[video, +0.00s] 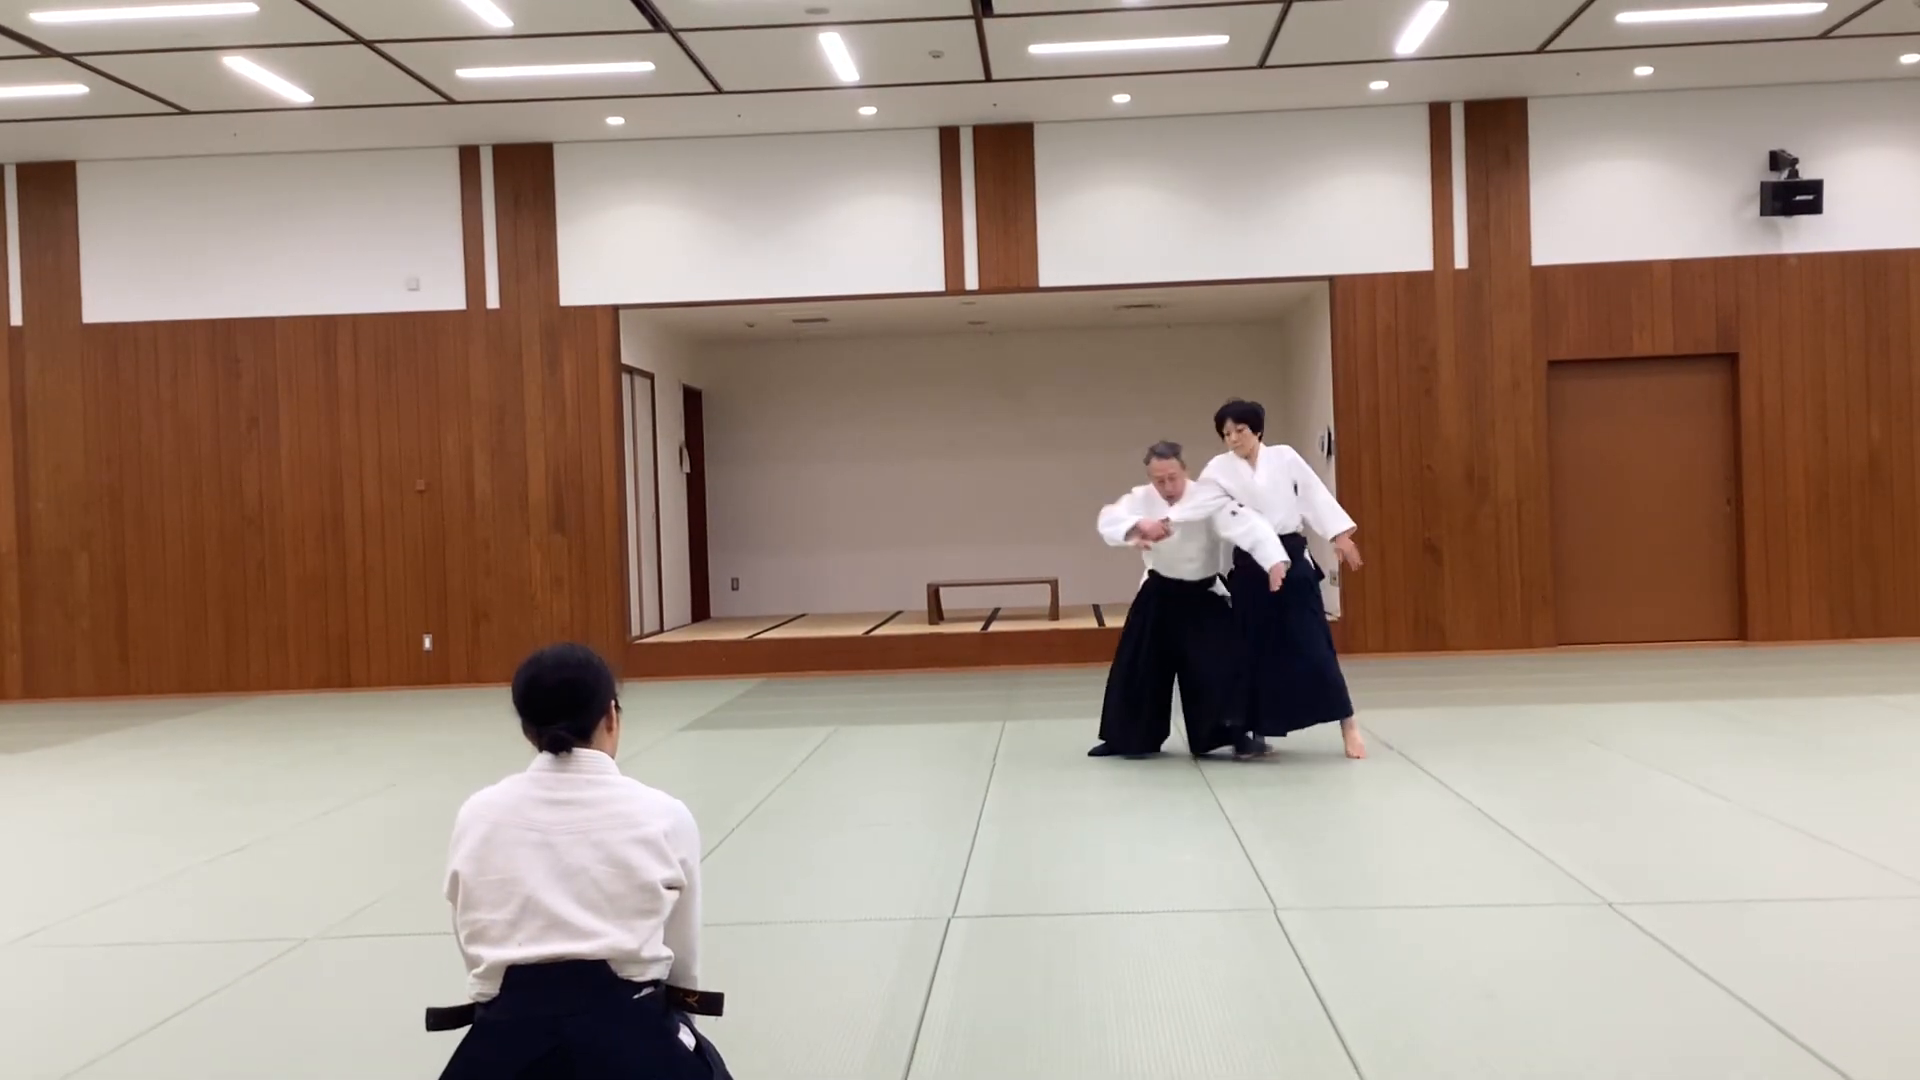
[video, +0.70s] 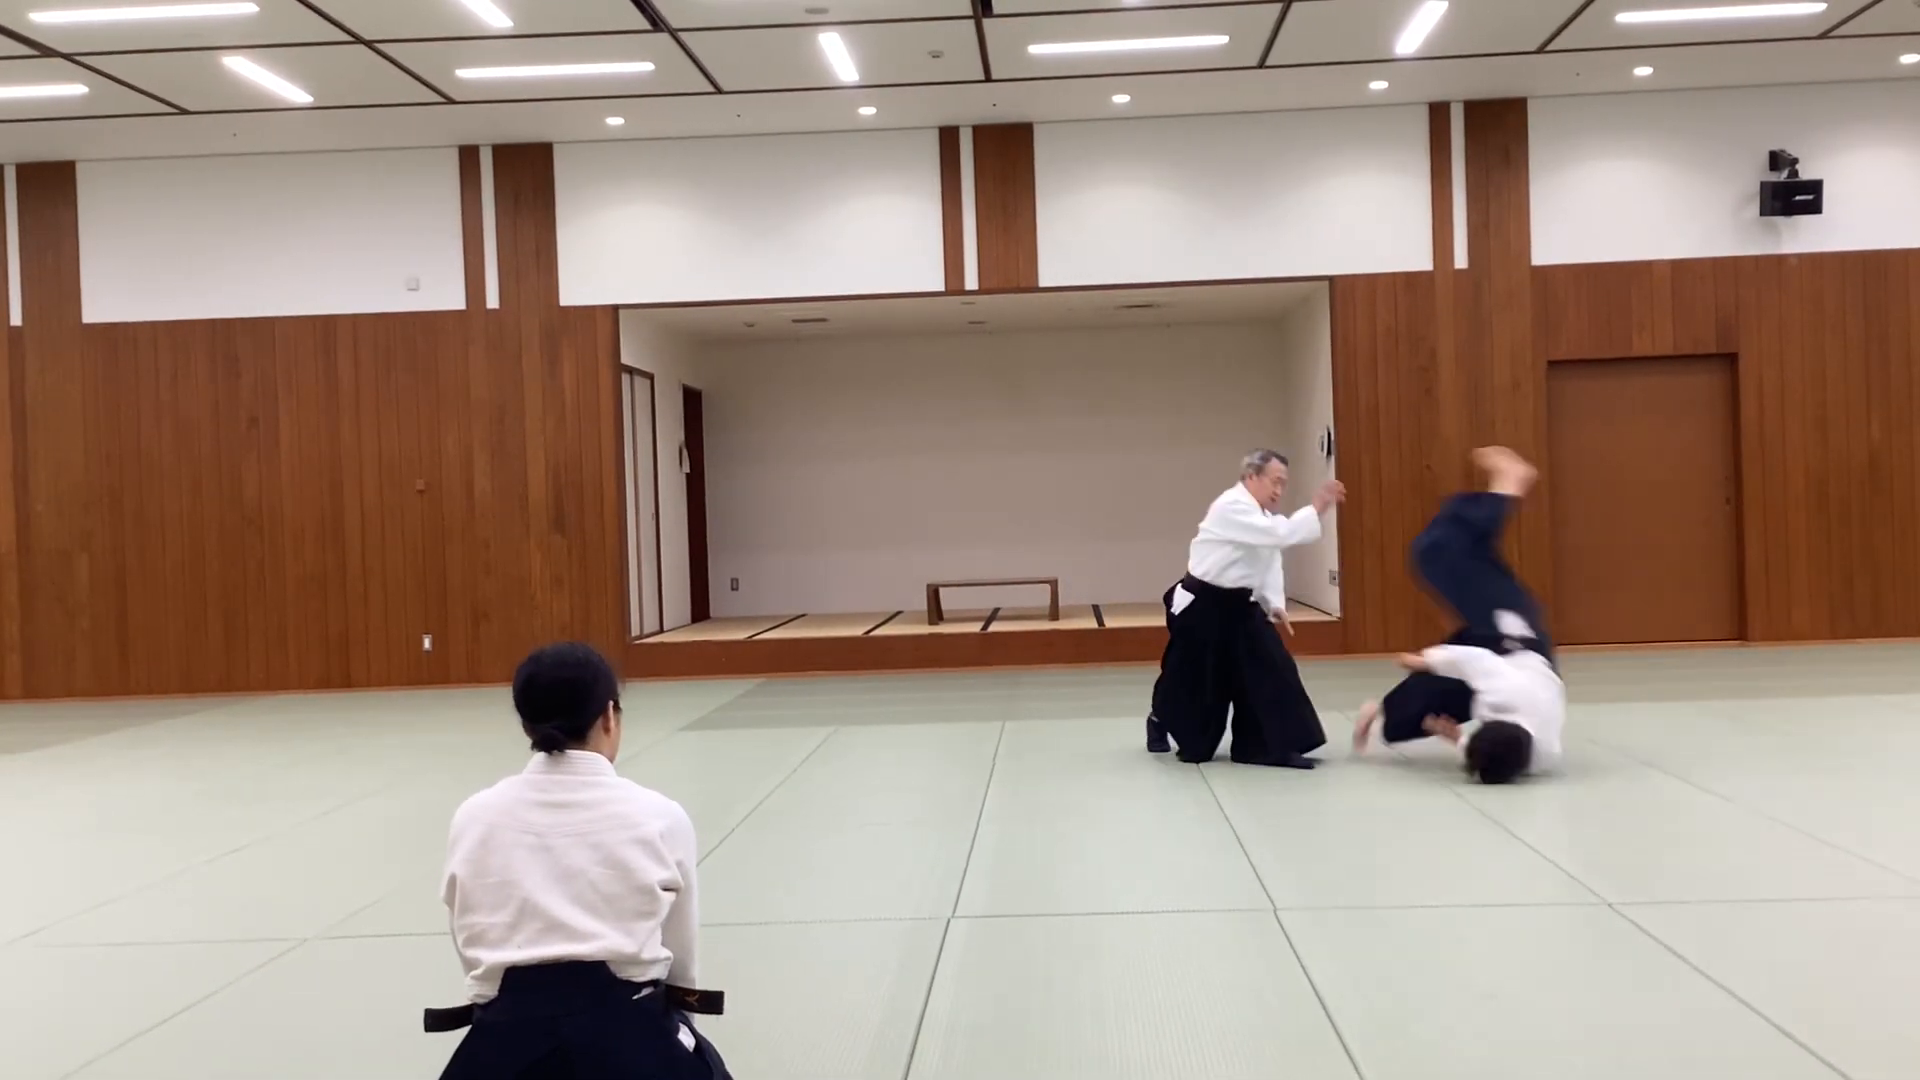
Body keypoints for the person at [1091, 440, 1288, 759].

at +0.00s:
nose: (1167, 486)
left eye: (1172, 478)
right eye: (1159, 480)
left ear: (1185, 472)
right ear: (1150, 478)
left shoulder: (1207, 497)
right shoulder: (1141, 499)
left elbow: (1247, 523)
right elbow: (1107, 519)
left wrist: (1275, 559)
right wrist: (1136, 529)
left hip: (1205, 594)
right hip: (1159, 593)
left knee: (1223, 662)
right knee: (1138, 663)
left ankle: (1237, 733)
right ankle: (1131, 737)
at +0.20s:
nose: (1216, 512)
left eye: (1222, 504)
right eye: (1209, 506)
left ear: (1234, 498)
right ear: (1199, 502)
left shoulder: (1252, 531)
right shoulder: (1185, 521)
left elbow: (1298, 568)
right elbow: (1149, 552)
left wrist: (1306, 616)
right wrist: (1181, 571)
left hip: (1232, 618)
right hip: (1184, 614)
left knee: (1254, 681)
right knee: (1149, 673)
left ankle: (1273, 747)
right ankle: (1122, 739)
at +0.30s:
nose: (1251, 520)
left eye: (1258, 514)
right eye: (1245, 512)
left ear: (1271, 510)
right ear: (1235, 505)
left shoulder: (1281, 546)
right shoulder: (1213, 526)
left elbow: (1299, 600)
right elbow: (1179, 566)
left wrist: (1306, 653)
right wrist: (1213, 592)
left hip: (1255, 622)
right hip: (1200, 615)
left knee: (1274, 678)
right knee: (1160, 669)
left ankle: (1275, 748)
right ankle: (1127, 735)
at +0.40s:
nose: (1283, 520)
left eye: (1290, 514)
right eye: (1277, 511)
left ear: (1296, 513)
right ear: (1261, 503)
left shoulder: (1296, 547)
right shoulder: (1226, 531)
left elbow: (1295, 601)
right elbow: (1207, 576)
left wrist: (1284, 652)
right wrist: (1250, 595)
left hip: (1252, 617)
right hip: (1206, 606)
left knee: (1264, 677)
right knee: (1168, 663)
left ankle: (1264, 746)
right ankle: (1134, 726)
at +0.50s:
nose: (1299, 514)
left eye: (1305, 508)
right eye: (1295, 505)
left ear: (1308, 508)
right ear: (1274, 498)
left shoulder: (1294, 543)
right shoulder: (1244, 525)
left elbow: (1287, 590)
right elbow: (1248, 571)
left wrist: (1272, 631)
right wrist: (1293, 594)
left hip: (1246, 615)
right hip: (1207, 608)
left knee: (1267, 678)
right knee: (1187, 678)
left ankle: (1265, 748)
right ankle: (1162, 742)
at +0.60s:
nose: (1296, 503)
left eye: (1301, 497)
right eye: (1291, 493)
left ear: (1302, 500)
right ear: (1268, 489)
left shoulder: (1283, 532)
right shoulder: (1242, 516)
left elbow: (1284, 579)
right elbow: (1268, 552)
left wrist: (1278, 613)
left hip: (1246, 612)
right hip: (1205, 607)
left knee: (1277, 673)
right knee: (1196, 681)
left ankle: (1266, 749)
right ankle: (1178, 745)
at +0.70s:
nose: (1279, 491)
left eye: (1283, 484)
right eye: (1275, 481)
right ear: (1251, 477)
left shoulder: (1266, 519)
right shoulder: (1230, 506)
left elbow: (1271, 566)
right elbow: (1279, 532)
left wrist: (1276, 606)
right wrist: (1318, 507)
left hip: (1239, 605)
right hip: (1200, 602)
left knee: (1270, 671)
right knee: (1187, 673)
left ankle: (1263, 747)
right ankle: (1159, 719)